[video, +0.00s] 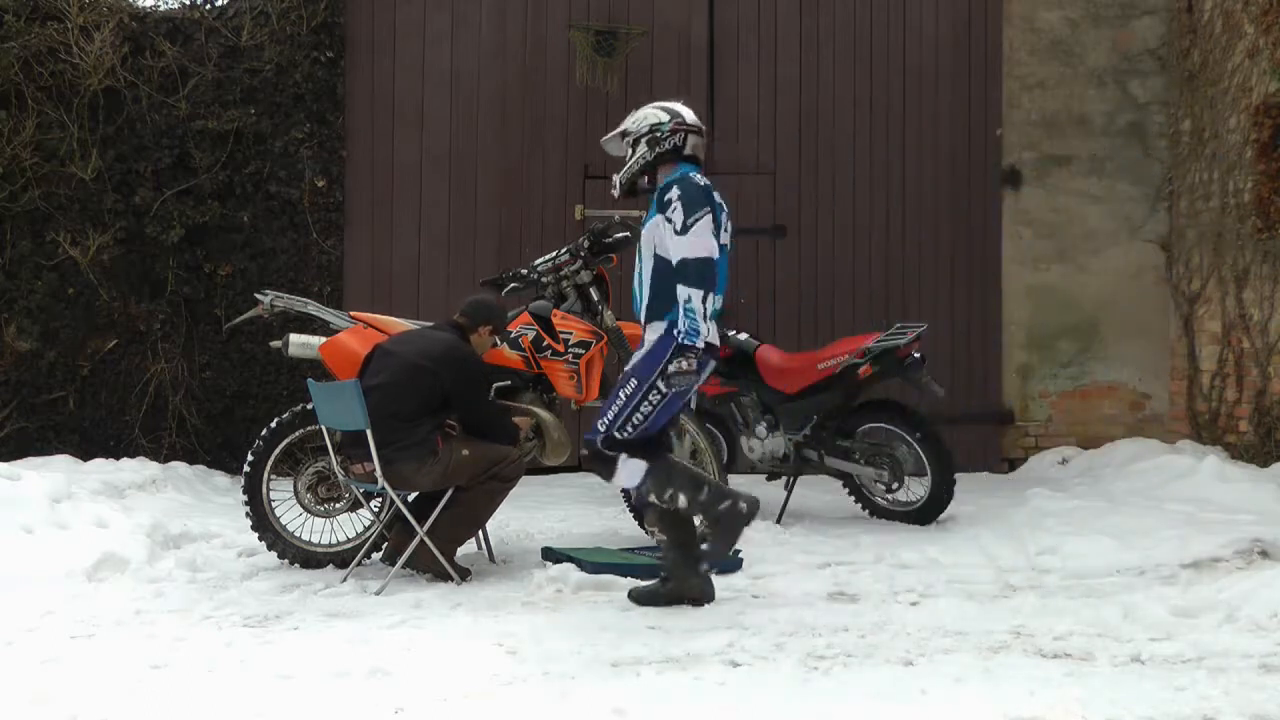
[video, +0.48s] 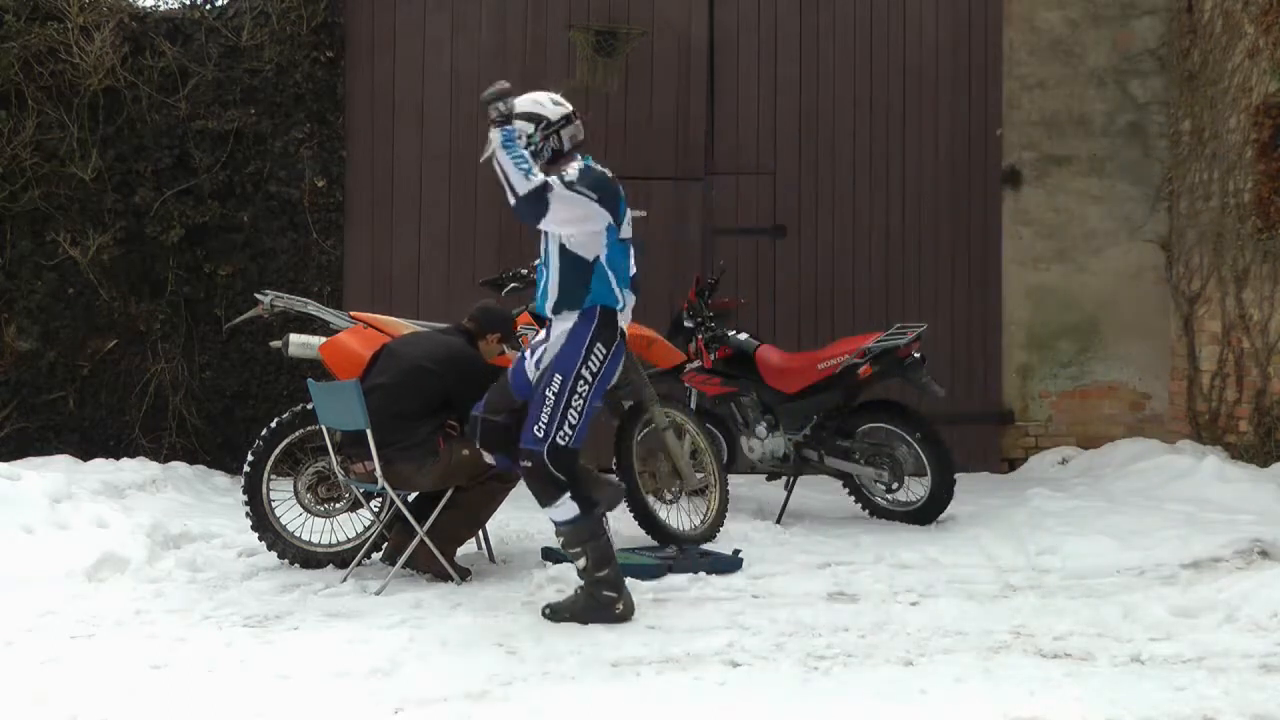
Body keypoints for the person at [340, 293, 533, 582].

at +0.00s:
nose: (492, 347)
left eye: (495, 341)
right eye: (494, 340)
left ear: (461, 318)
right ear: (484, 331)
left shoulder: (406, 338)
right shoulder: (463, 359)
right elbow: (481, 424)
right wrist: (514, 428)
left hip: (357, 455)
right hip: (399, 461)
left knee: (466, 453)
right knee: (508, 464)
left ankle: (402, 542)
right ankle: (435, 551)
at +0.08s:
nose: (493, 347)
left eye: (496, 341)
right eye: (495, 339)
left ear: (460, 319)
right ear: (483, 332)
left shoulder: (408, 338)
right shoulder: (466, 362)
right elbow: (478, 427)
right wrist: (516, 433)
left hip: (359, 452)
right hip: (399, 462)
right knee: (508, 463)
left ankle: (403, 541)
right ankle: (435, 551)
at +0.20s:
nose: (495, 352)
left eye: (499, 346)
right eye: (497, 344)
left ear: (464, 320)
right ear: (486, 334)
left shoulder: (406, 339)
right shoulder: (467, 363)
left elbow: (366, 392)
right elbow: (480, 427)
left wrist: (434, 424)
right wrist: (518, 441)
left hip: (359, 453)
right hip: (398, 462)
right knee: (508, 463)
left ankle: (403, 543)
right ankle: (435, 551)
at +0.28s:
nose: (496, 352)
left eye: (500, 346)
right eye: (498, 345)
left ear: (465, 321)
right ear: (487, 335)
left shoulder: (409, 338)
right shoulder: (467, 362)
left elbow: (366, 388)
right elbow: (479, 428)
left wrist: (434, 423)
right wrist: (518, 443)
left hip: (361, 451)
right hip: (399, 461)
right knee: (508, 464)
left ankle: (403, 543)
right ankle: (435, 551)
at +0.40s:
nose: (499, 352)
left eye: (502, 345)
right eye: (501, 344)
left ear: (467, 323)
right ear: (490, 337)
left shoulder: (412, 339)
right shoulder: (468, 362)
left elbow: (366, 388)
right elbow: (486, 430)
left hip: (360, 453)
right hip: (399, 463)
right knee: (504, 463)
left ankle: (403, 543)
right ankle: (435, 552)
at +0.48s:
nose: (500, 353)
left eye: (503, 347)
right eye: (501, 346)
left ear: (468, 324)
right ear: (491, 338)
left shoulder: (413, 339)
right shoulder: (474, 366)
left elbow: (366, 391)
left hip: (362, 454)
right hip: (402, 464)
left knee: (466, 457)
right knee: (503, 468)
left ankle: (402, 544)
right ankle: (435, 551)